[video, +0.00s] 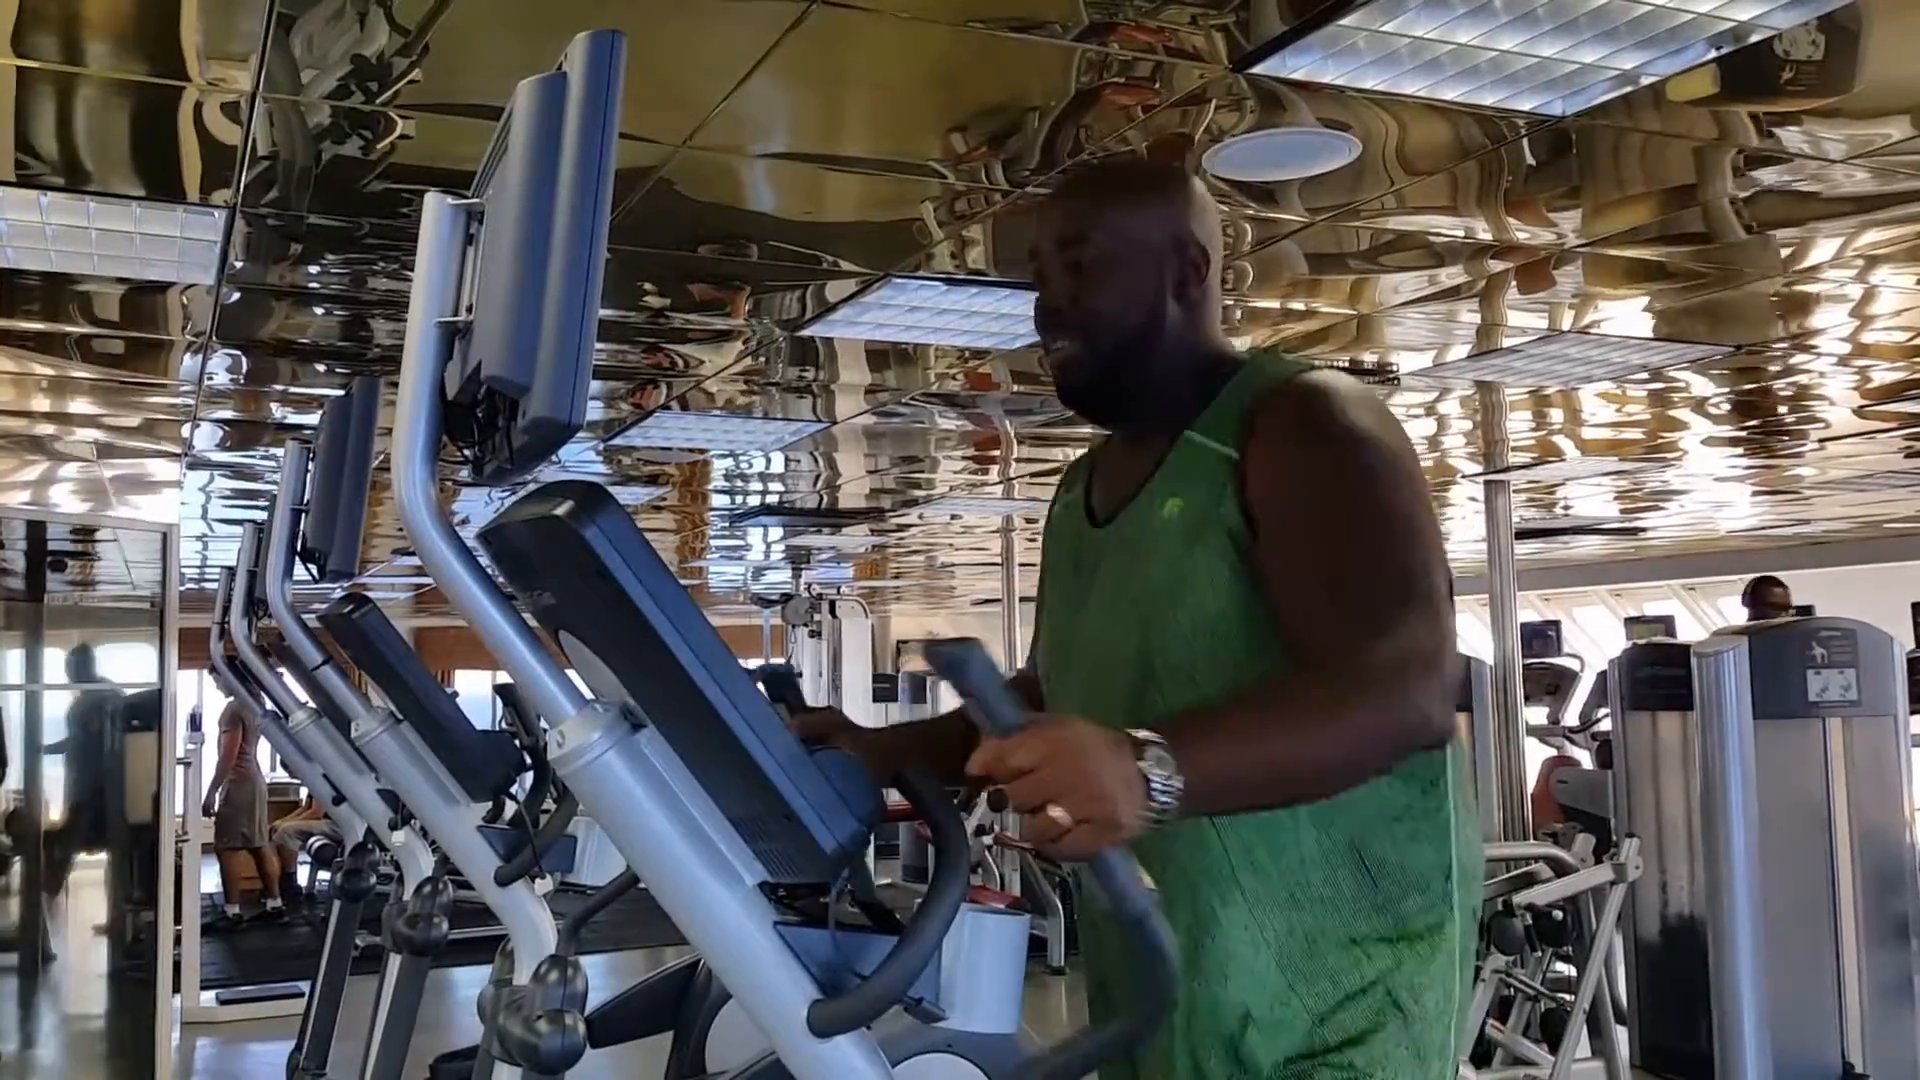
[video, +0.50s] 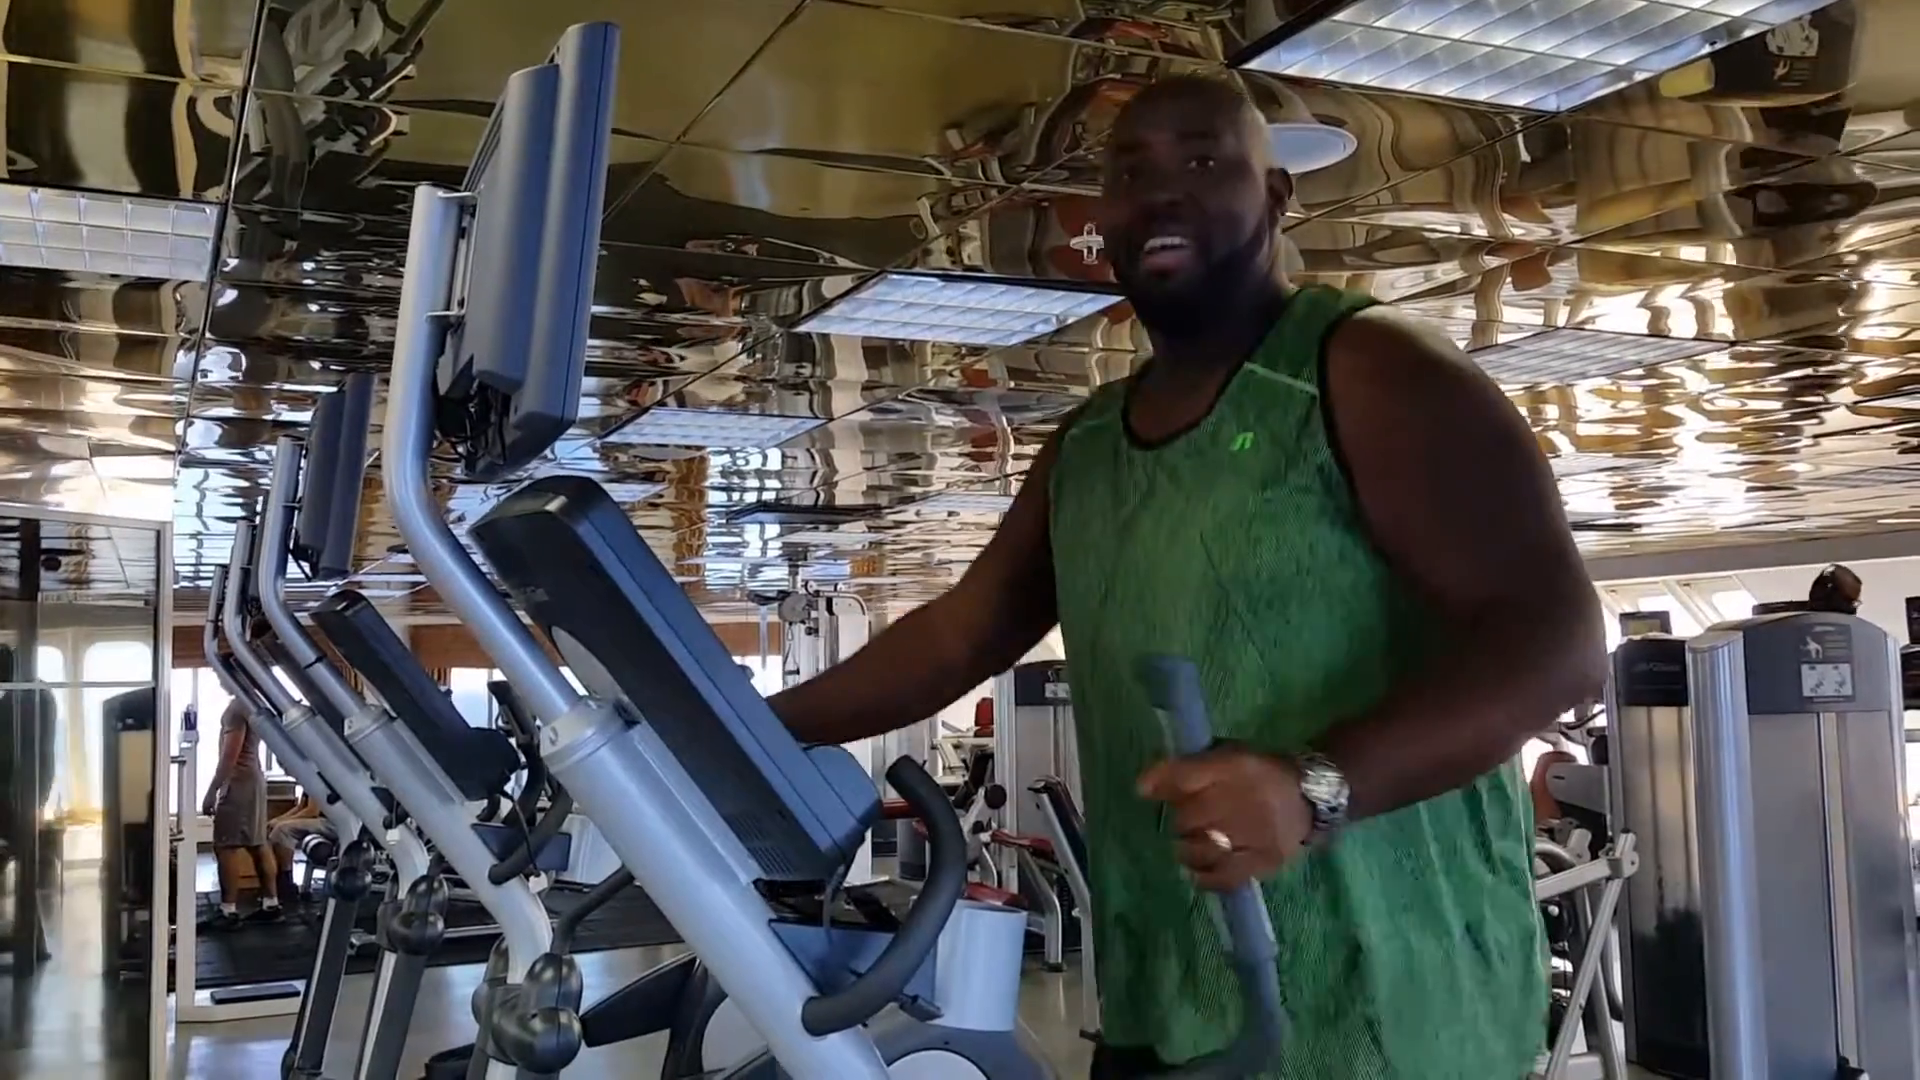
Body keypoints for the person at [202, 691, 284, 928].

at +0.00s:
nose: (214, 683)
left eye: (216, 677)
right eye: (213, 678)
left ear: (229, 676)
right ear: (236, 676)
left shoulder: (234, 709)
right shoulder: (254, 705)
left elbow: (228, 758)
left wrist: (211, 793)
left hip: (238, 783)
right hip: (256, 781)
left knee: (226, 847)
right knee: (260, 844)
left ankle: (232, 909)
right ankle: (275, 903)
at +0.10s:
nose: (212, 678)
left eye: (214, 673)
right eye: (211, 674)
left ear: (227, 673)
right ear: (233, 675)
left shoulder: (232, 709)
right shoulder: (252, 704)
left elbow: (226, 757)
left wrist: (210, 792)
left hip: (237, 783)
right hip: (255, 781)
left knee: (223, 846)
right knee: (258, 843)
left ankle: (230, 908)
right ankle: (273, 902)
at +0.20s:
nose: (212, 679)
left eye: (215, 671)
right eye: (211, 672)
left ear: (229, 674)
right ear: (237, 676)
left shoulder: (231, 709)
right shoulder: (251, 705)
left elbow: (225, 757)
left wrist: (208, 792)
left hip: (236, 782)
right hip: (254, 780)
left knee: (224, 847)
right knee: (258, 843)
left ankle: (229, 909)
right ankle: (272, 903)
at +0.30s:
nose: (211, 674)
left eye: (214, 668)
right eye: (210, 668)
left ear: (227, 673)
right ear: (239, 675)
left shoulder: (232, 708)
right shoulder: (252, 705)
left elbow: (225, 758)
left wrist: (208, 793)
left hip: (237, 782)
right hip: (255, 780)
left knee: (225, 846)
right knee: (258, 843)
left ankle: (229, 910)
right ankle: (271, 904)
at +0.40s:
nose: (214, 674)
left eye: (217, 666)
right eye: (213, 666)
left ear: (230, 673)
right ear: (241, 675)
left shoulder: (235, 708)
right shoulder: (252, 704)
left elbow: (227, 758)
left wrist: (209, 792)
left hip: (238, 781)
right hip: (256, 779)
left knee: (225, 846)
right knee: (258, 843)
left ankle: (228, 908)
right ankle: (271, 903)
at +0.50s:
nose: (217, 678)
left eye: (220, 671)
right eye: (217, 671)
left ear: (233, 676)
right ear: (243, 676)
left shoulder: (236, 708)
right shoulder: (253, 704)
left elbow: (229, 758)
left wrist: (211, 792)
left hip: (238, 781)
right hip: (256, 780)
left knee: (225, 846)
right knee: (259, 843)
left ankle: (228, 909)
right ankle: (271, 903)